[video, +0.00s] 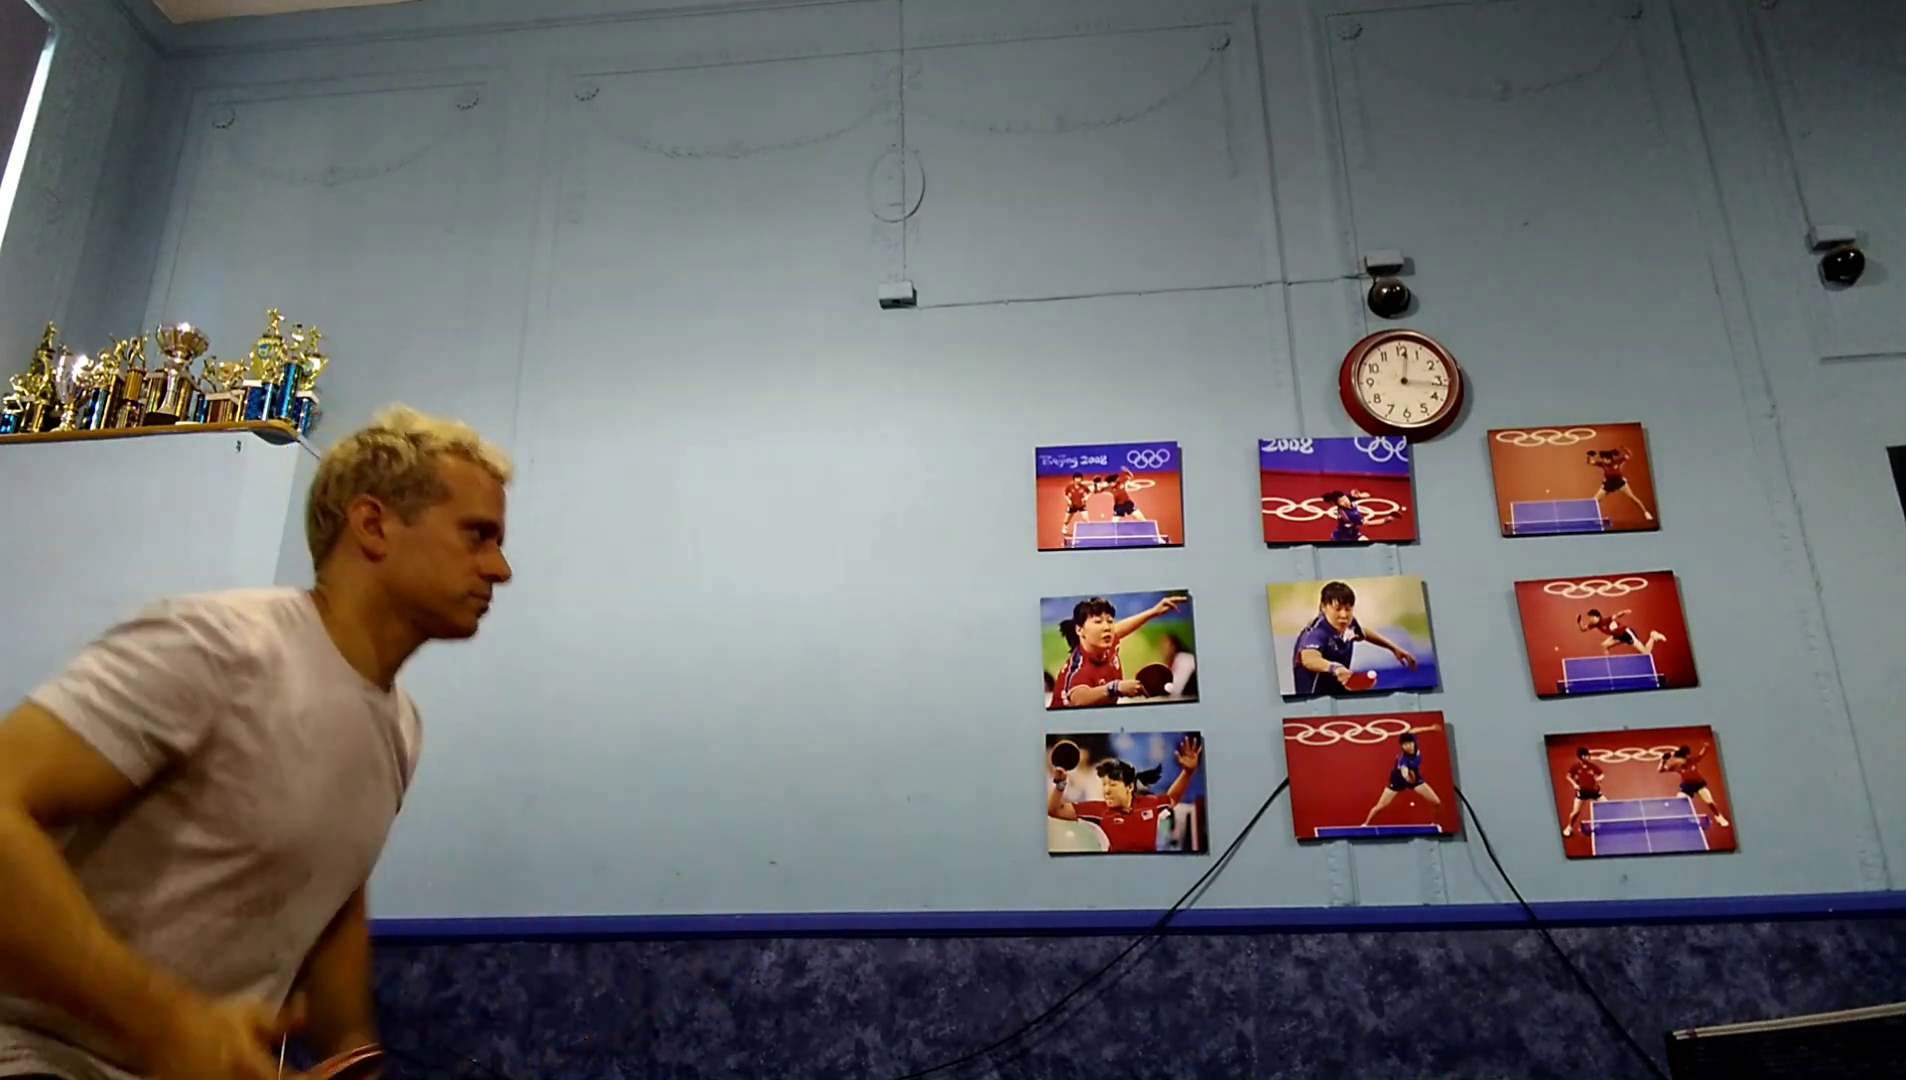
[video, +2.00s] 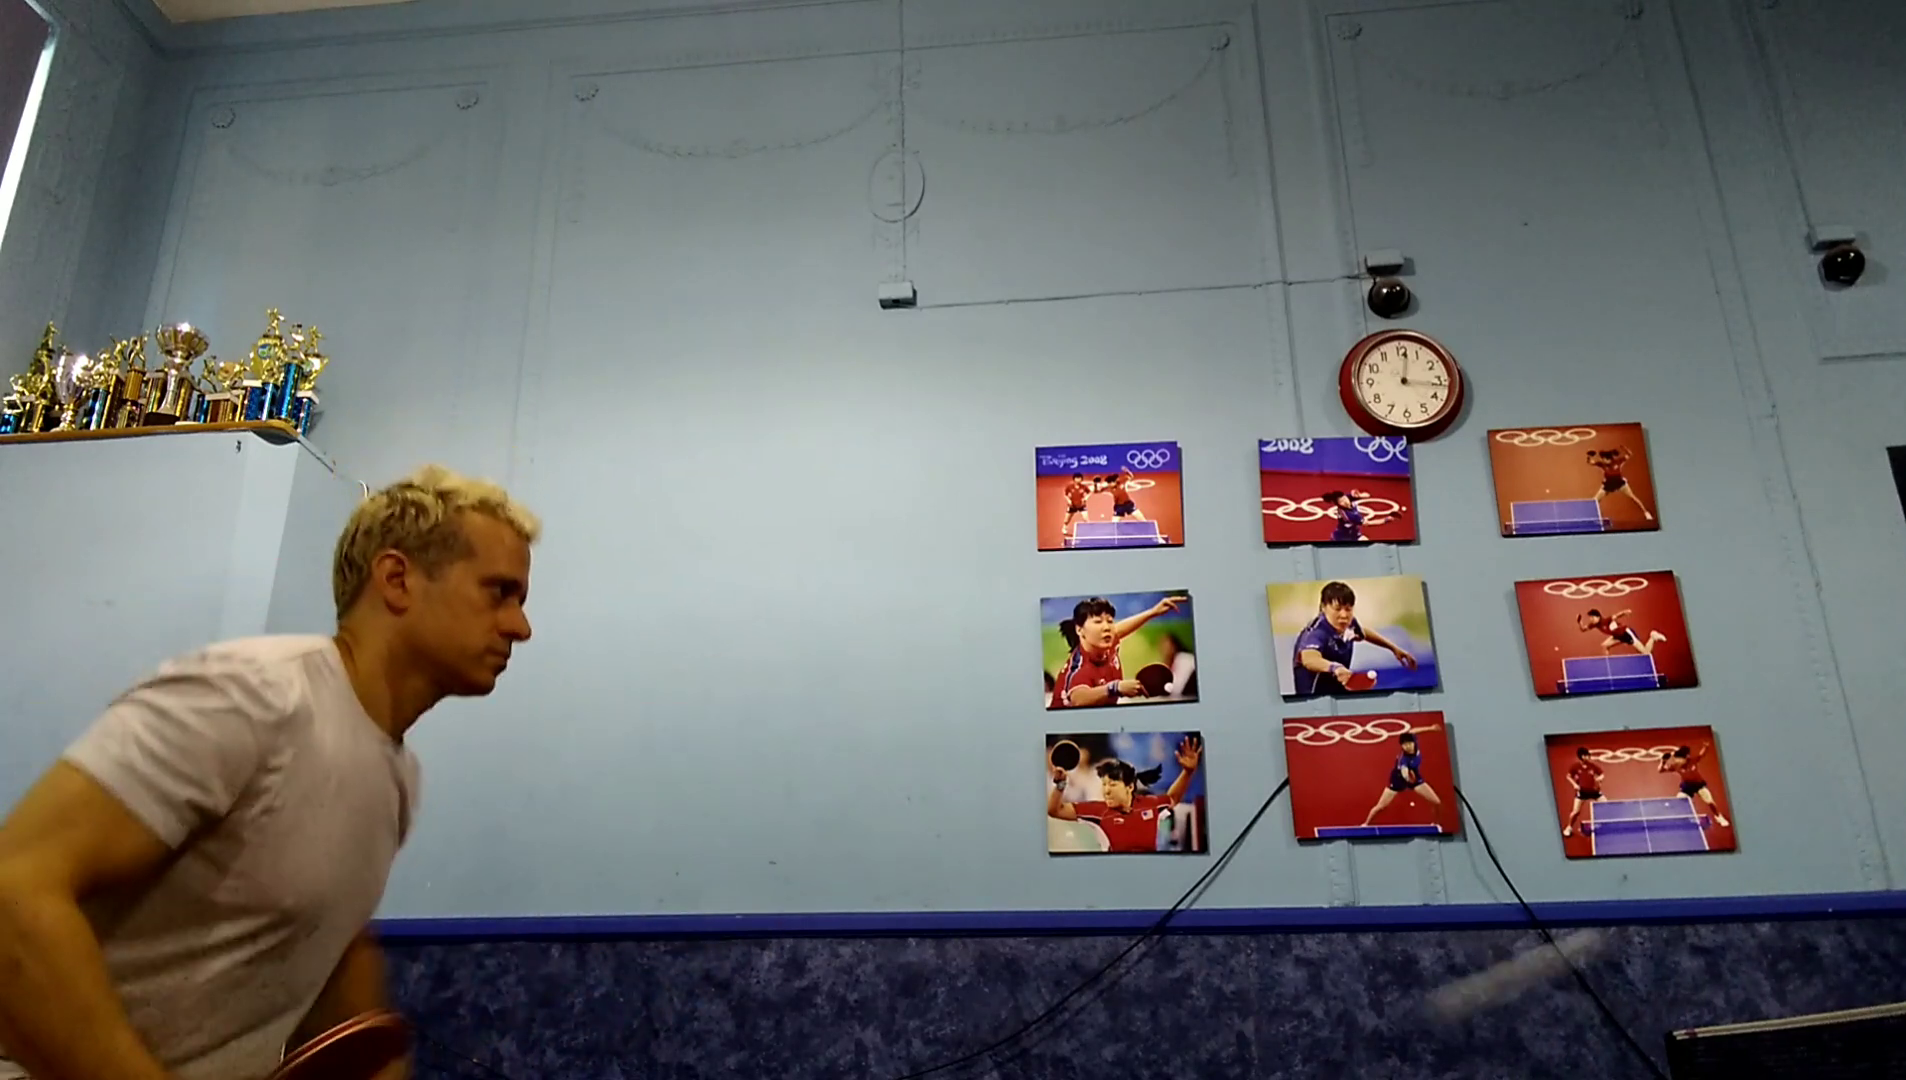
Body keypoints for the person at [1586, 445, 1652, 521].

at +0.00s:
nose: (1605, 461)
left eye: (1606, 460)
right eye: (1604, 460)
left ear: (1610, 459)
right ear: (1603, 459)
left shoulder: (1617, 461)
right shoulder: (1602, 464)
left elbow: (1629, 456)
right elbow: (1590, 463)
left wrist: (1624, 449)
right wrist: (1589, 457)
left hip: (1620, 482)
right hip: (1608, 483)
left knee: (1632, 497)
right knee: (1595, 499)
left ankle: (1645, 512)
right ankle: (1591, 519)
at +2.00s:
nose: (1605, 461)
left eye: (1606, 459)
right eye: (1603, 459)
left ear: (1610, 458)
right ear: (1602, 459)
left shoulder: (1618, 462)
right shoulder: (1602, 464)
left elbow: (1629, 456)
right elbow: (1590, 463)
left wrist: (1624, 449)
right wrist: (1589, 457)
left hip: (1620, 482)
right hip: (1608, 483)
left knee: (1632, 497)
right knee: (1595, 499)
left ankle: (1645, 512)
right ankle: (1590, 519)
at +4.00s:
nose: (1605, 461)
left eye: (1606, 459)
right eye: (1603, 460)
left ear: (1610, 458)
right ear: (1603, 459)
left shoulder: (1618, 462)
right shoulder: (1602, 464)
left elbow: (1629, 456)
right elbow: (1590, 463)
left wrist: (1624, 448)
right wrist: (1589, 457)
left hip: (1620, 482)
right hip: (1608, 483)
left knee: (1632, 497)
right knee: (1596, 499)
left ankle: (1645, 512)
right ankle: (1590, 518)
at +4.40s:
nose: (1605, 461)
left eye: (1606, 459)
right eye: (1604, 459)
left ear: (1610, 458)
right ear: (1603, 459)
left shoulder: (1618, 462)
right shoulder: (1602, 464)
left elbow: (1629, 456)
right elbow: (1590, 463)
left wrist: (1624, 448)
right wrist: (1589, 457)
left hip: (1620, 482)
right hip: (1608, 483)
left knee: (1632, 497)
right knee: (1595, 499)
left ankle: (1645, 512)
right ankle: (1590, 518)